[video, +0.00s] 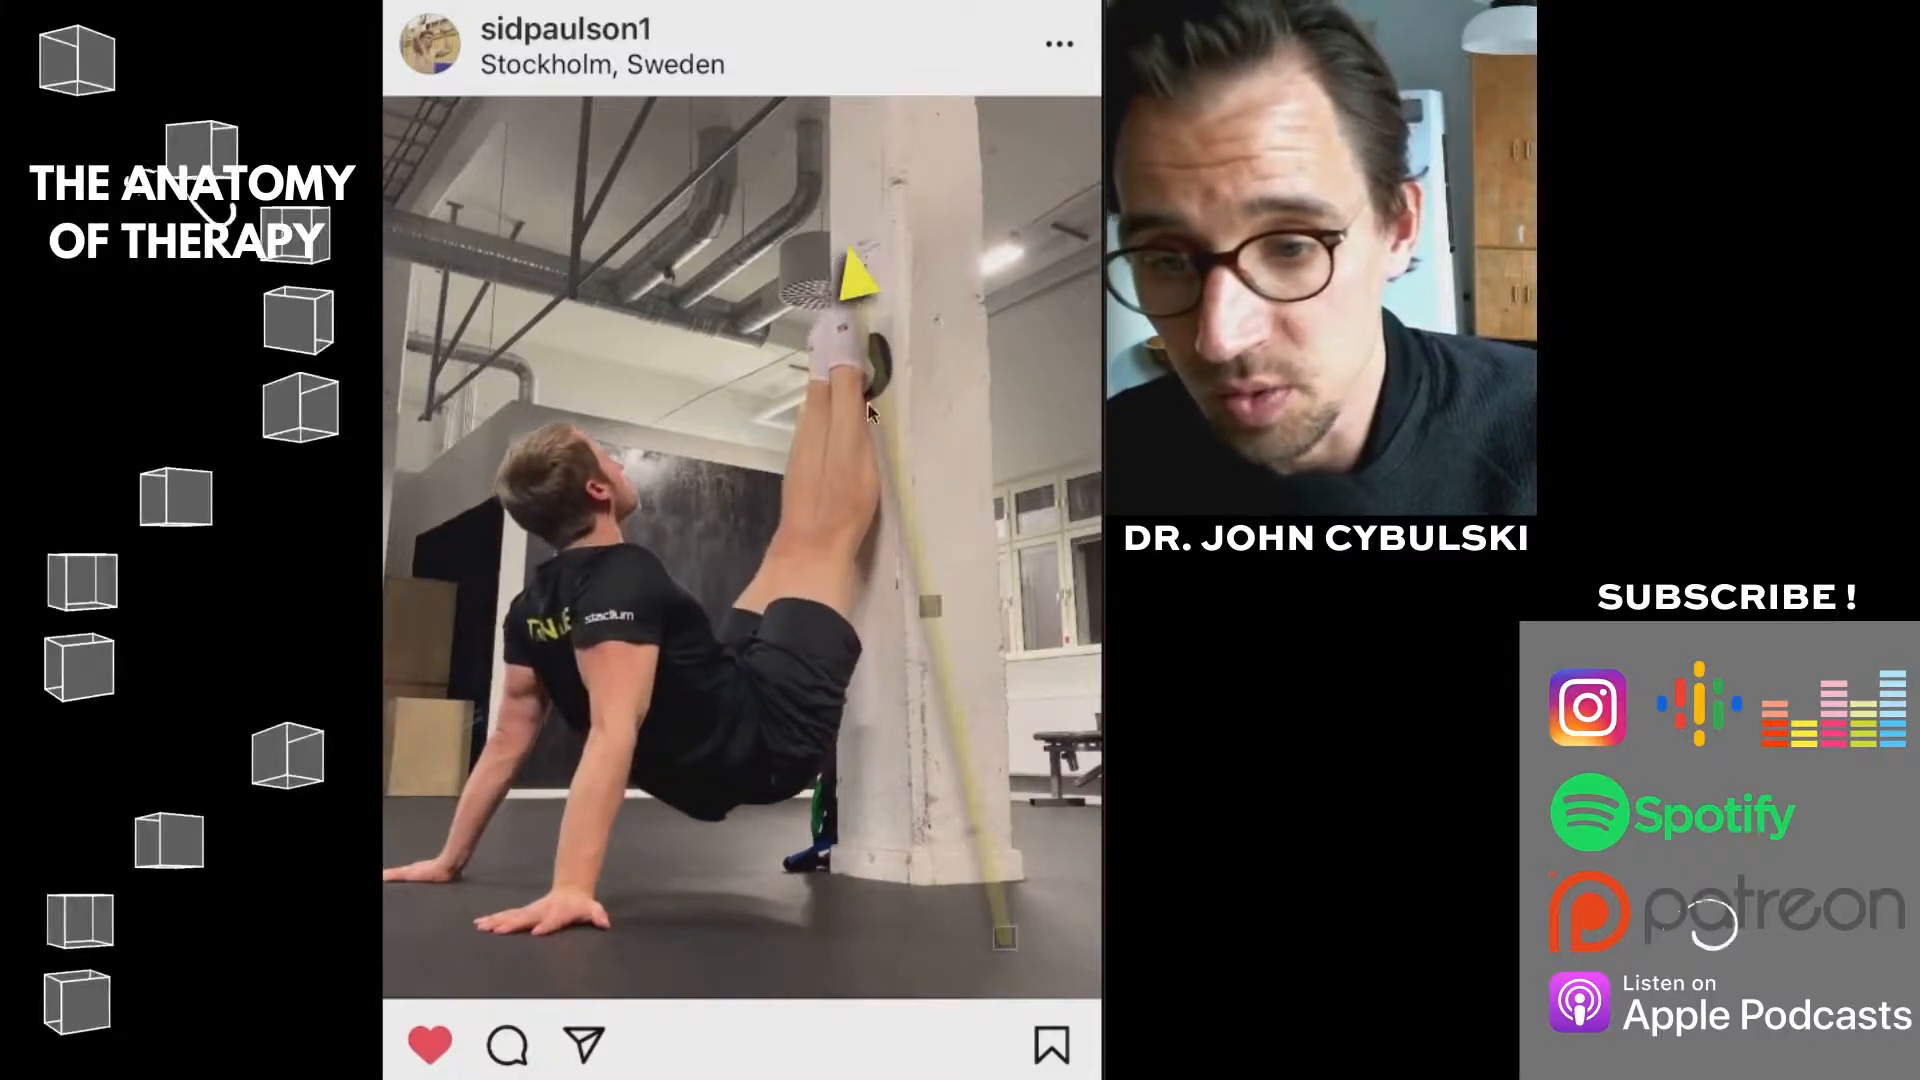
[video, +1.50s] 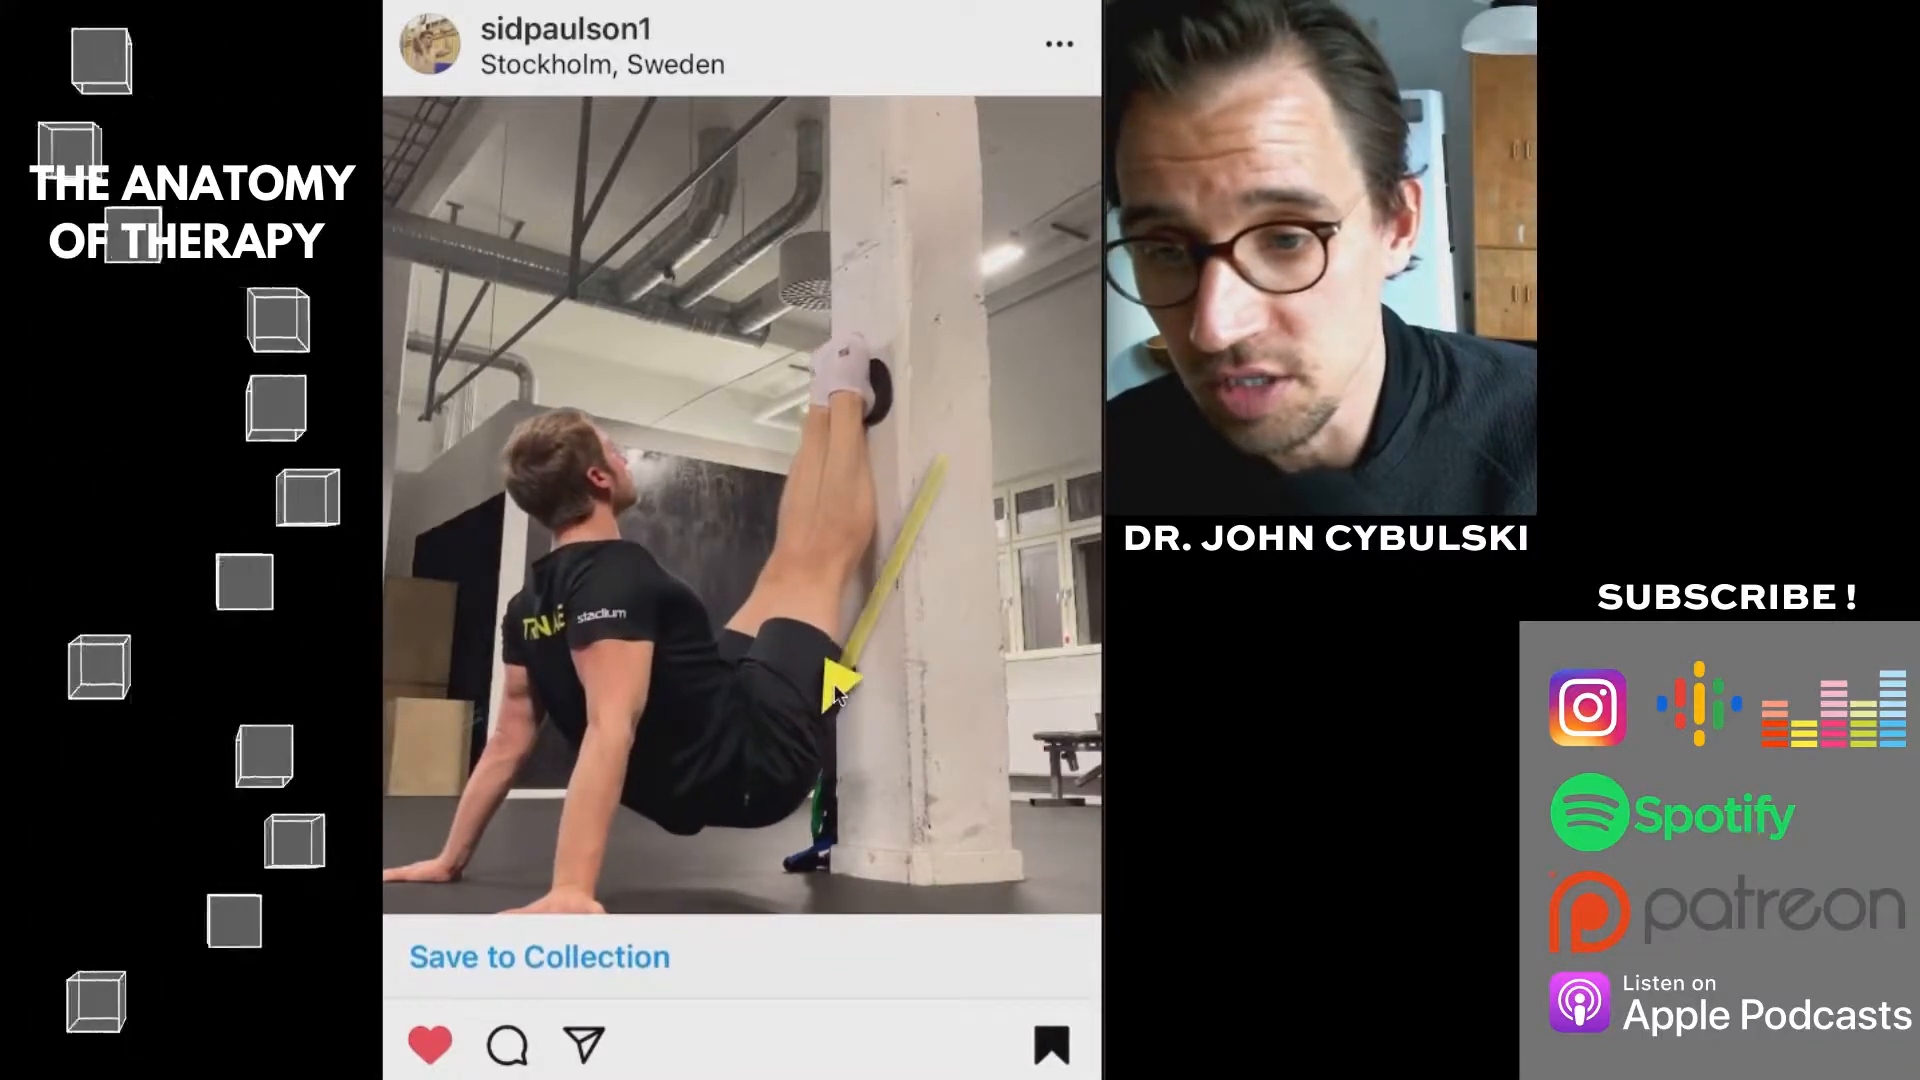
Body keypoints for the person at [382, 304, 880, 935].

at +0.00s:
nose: (620, 460)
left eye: (607, 451)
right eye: (608, 455)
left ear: (541, 517)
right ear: (600, 491)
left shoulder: (532, 604)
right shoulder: (622, 578)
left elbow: (508, 741)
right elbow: (611, 733)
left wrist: (449, 859)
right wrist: (572, 887)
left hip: (709, 766)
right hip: (772, 742)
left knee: (796, 536)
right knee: (834, 527)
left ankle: (825, 378)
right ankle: (847, 370)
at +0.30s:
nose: (623, 461)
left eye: (611, 451)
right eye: (612, 455)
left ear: (545, 511)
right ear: (600, 485)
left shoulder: (531, 604)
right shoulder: (621, 574)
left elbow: (508, 742)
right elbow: (612, 729)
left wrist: (449, 859)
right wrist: (572, 888)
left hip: (701, 772)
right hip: (769, 743)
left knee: (792, 537)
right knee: (829, 535)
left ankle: (826, 384)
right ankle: (847, 378)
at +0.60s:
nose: (623, 459)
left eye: (611, 450)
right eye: (612, 453)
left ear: (543, 508)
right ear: (600, 482)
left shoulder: (529, 605)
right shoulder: (620, 572)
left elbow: (508, 744)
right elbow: (613, 727)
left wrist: (449, 859)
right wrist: (572, 888)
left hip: (698, 773)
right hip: (768, 745)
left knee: (792, 537)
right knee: (827, 536)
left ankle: (826, 387)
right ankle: (847, 379)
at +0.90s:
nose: (624, 456)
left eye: (612, 447)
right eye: (612, 450)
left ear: (541, 506)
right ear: (599, 481)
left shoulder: (527, 607)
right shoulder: (619, 575)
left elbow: (506, 745)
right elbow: (611, 729)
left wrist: (449, 859)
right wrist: (572, 886)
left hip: (695, 781)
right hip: (765, 758)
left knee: (787, 557)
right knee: (826, 549)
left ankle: (825, 392)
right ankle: (847, 387)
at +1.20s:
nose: (624, 457)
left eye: (612, 447)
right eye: (612, 451)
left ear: (542, 505)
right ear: (599, 480)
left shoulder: (527, 606)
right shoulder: (617, 574)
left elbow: (507, 744)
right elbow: (610, 727)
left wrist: (449, 860)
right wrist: (573, 887)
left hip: (693, 786)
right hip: (764, 764)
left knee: (786, 564)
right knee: (824, 556)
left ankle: (824, 400)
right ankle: (846, 392)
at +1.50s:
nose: (624, 457)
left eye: (612, 446)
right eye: (612, 451)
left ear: (541, 504)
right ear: (599, 479)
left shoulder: (527, 605)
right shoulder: (615, 573)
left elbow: (508, 743)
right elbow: (609, 727)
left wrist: (449, 860)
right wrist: (573, 888)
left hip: (694, 789)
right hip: (761, 767)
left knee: (787, 568)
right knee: (822, 559)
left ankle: (826, 403)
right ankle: (846, 397)